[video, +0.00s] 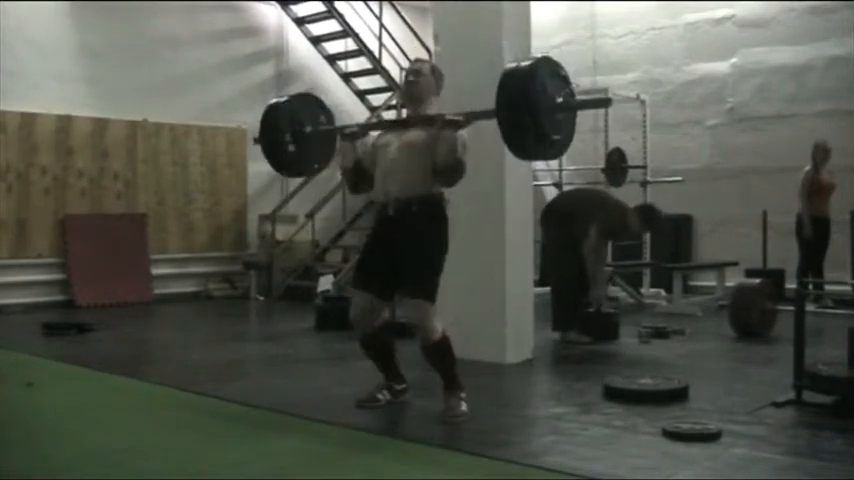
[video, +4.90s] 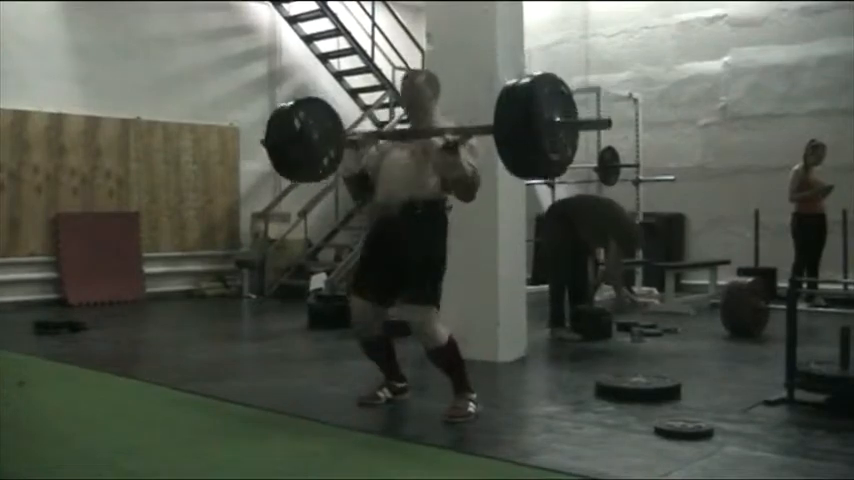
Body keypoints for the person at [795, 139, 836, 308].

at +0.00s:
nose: (825, 157)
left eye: (826, 154)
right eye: (822, 154)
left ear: (828, 156)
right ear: (814, 154)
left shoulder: (826, 174)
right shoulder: (809, 174)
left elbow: (824, 198)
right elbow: (803, 199)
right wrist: (806, 223)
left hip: (822, 219)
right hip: (808, 219)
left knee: (818, 258)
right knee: (806, 258)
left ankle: (819, 293)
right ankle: (802, 292)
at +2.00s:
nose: (820, 158)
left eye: (822, 155)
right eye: (817, 154)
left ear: (823, 156)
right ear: (810, 155)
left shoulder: (822, 173)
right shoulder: (805, 173)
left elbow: (819, 196)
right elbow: (799, 200)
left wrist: (825, 187)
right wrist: (803, 224)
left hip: (813, 219)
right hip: (800, 218)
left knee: (810, 259)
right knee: (798, 258)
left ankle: (811, 294)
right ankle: (794, 293)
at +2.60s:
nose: (814, 158)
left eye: (816, 155)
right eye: (812, 154)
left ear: (819, 156)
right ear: (806, 154)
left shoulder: (819, 173)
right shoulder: (801, 173)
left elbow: (818, 195)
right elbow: (794, 196)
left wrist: (823, 187)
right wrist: (801, 212)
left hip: (815, 219)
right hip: (800, 219)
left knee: (811, 259)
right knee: (799, 258)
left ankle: (812, 294)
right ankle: (794, 293)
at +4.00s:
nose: (817, 161)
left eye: (819, 157)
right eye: (814, 157)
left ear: (820, 158)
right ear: (806, 156)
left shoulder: (819, 174)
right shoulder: (797, 174)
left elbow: (820, 198)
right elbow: (791, 199)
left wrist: (824, 191)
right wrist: (814, 191)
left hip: (818, 219)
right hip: (802, 218)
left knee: (812, 260)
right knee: (800, 258)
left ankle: (812, 295)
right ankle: (793, 294)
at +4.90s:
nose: (820, 159)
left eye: (822, 155)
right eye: (818, 154)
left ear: (822, 156)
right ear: (809, 153)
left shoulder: (813, 173)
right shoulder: (798, 171)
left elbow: (811, 197)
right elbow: (792, 196)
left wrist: (823, 192)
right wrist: (815, 192)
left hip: (817, 217)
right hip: (802, 218)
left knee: (814, 258)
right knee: (801, 257)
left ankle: (812, 294)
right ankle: (794, 292)